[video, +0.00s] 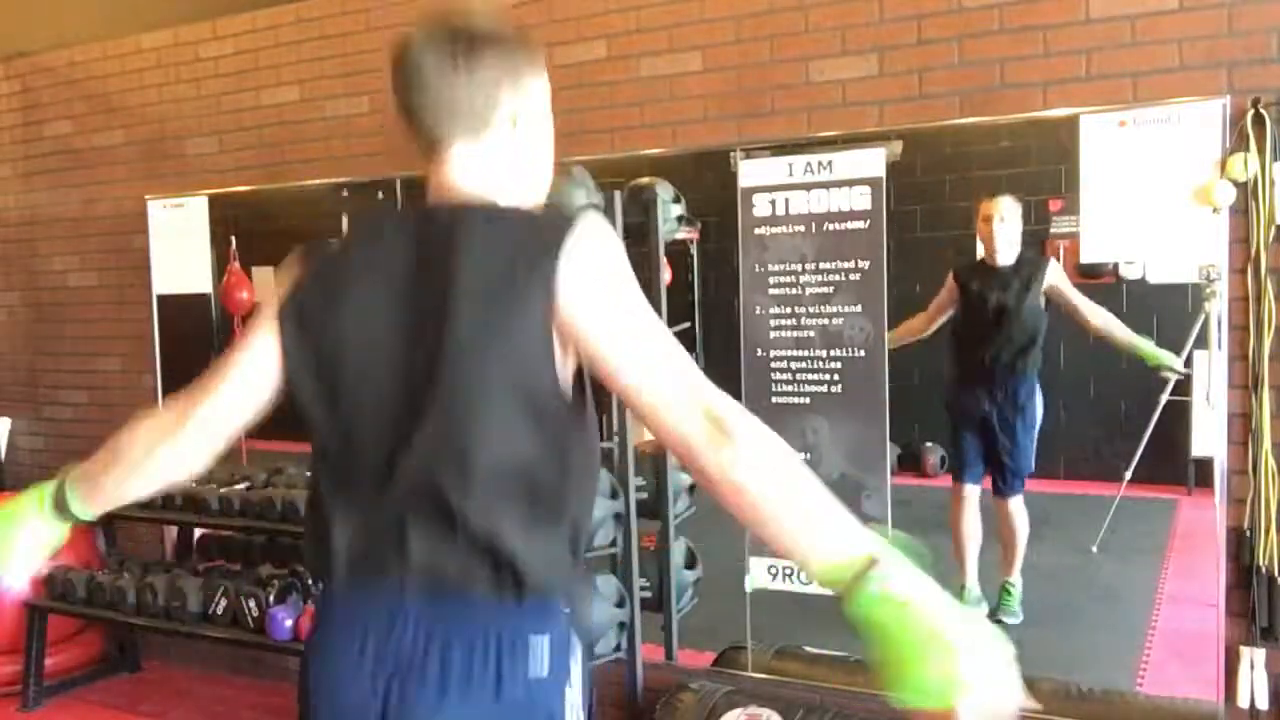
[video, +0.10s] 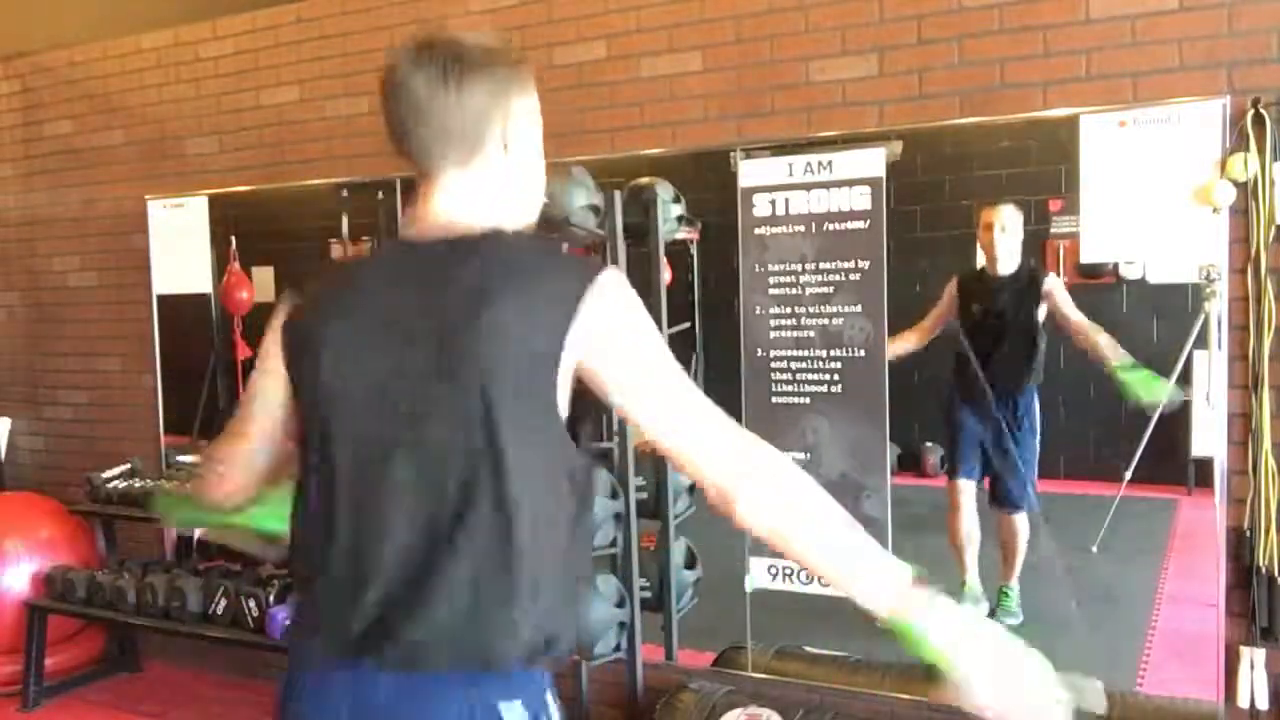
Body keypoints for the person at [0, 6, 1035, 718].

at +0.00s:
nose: (555, 138)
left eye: (545, 119)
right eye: (551, 118)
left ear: (409, 132)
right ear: (528, 121)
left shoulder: (323, 280)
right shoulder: (566, 258)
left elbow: (192, 426)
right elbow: (711, 434)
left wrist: (56, 505)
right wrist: (888, 587)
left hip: (350, 650)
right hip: (512, 653)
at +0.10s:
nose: (548, 147)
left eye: (538, 124)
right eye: (540, 123)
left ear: (406, 149)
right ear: (524, 133)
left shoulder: (312, 310)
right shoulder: (573, 293)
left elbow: (223, 483)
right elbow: (733, 471)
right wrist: (924, 615)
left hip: (331, 683)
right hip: (498, 686)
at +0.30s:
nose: (546, 67)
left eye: (542, 38)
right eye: (541, 36)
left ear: (402, 43)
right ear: (512, 34)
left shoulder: (337, 182)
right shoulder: (561, 194)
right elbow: (553, 389)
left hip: (276, 580)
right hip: (426, 605)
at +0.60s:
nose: (504, 63)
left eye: (498, 35)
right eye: (496, 32)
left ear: (368, 50)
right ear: (466, 35)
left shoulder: (325, 209)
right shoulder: (513, 203)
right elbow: (579, 460)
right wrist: (671, 460)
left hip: (313, 587)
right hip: (448, 610)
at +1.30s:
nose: (540, 141)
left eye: (534, 113)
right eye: (533, 113)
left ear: (407, 134)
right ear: (507, 120)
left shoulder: (314, 292)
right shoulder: (531, 276)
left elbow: (244, 501)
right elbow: (607, 516)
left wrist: (375, 448)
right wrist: (802, 513)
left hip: (366, 674)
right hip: (520, 672)